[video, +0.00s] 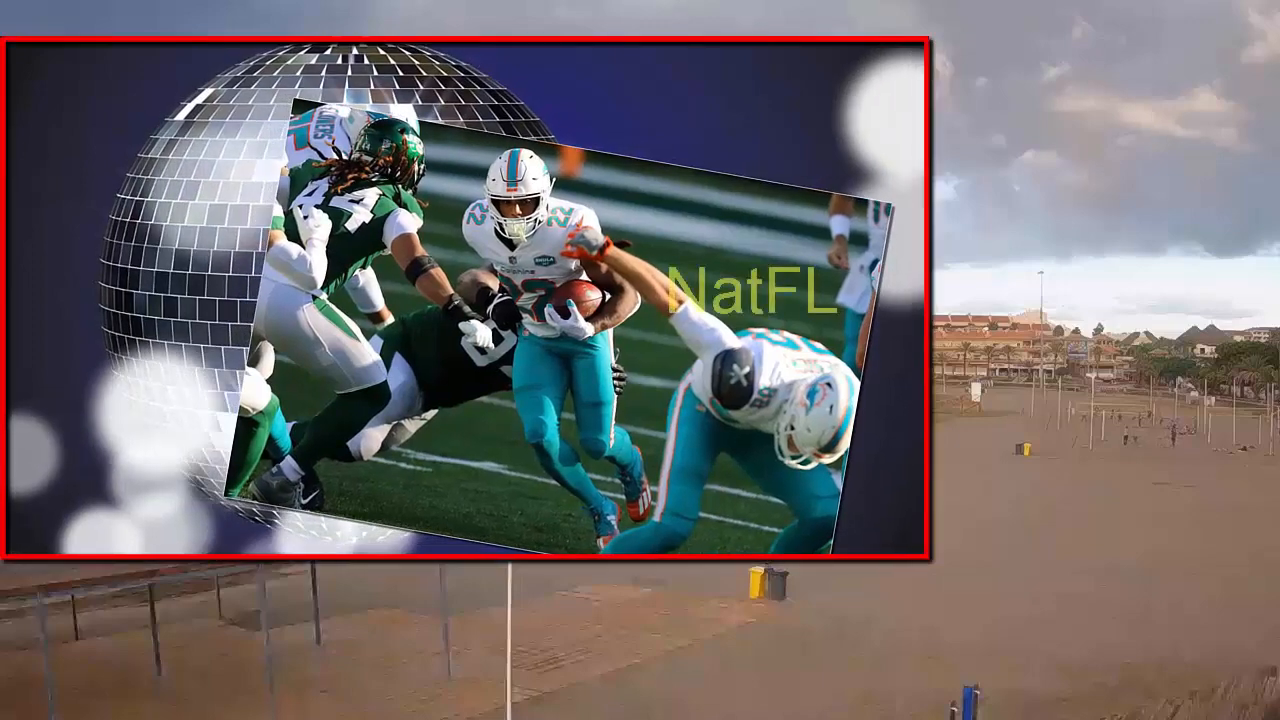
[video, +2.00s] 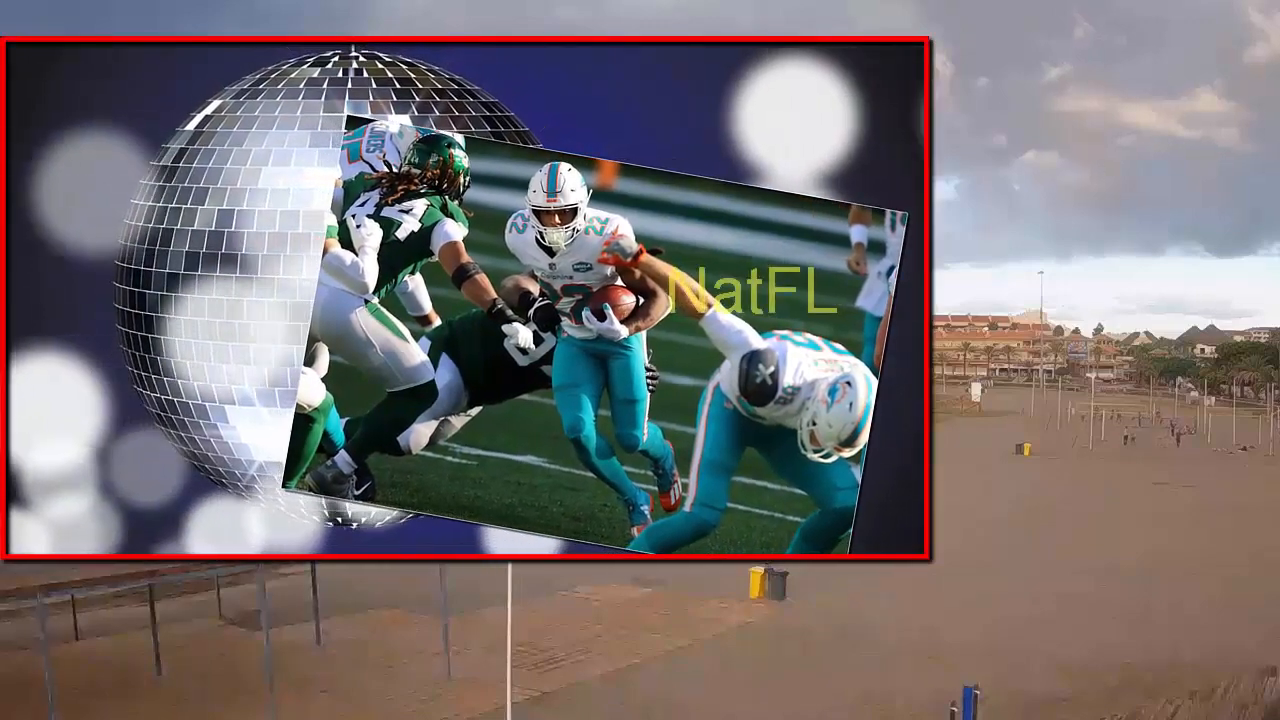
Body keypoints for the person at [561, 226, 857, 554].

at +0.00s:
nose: (804, 461)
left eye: (817, 457)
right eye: (799, 450)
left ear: (845, 432)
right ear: (787, 415)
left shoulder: (854, 415)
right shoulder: (744, 375)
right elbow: (671, 300)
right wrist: (606, 253)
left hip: (764, 428)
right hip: (706, 405)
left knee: (827, 516)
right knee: (673, 527)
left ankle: (764, 583)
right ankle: (592, 571)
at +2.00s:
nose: (822, 455)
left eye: (835, 452)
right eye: (818, 442)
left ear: (861, 429)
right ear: (810, 409)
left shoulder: (872, 413)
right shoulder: (763, 366)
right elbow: (700, 303)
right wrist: (639, 258)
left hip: (788, 424)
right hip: (733, 401)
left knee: (845, 503)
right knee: (704, 515)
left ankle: (785, 581)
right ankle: (622, 568)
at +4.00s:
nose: (843, 448)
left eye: (856, 445)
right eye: (840, 437)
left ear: (879, 426)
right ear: (833, 406)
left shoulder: (889, 409)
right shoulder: (793, 372)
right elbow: (729, 307)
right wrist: (674, 264)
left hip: (810, 420)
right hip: (759, 398)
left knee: (865, 494)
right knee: (733, 506)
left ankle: (805, 563)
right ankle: (657, 553)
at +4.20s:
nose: (845, 446)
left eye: (855, 442)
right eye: (843, 438)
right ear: (839, 408)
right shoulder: (799, 377)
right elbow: (733, 307)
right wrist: (675, 264)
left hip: (812, 418)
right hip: (762, 397)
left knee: (860, 497)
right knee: (735, 504)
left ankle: (805, 564)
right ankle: (660, 551)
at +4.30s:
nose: (781, 407)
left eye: (789, 405)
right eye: (777, 401)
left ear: (818, 395)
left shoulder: (842, 398)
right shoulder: (779, 351)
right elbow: (730, 304)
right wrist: (677, 264)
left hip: (811, 420)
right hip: (762, 397)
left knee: (851, 497)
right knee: (737, 504)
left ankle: (805, 562)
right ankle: (664, 548)